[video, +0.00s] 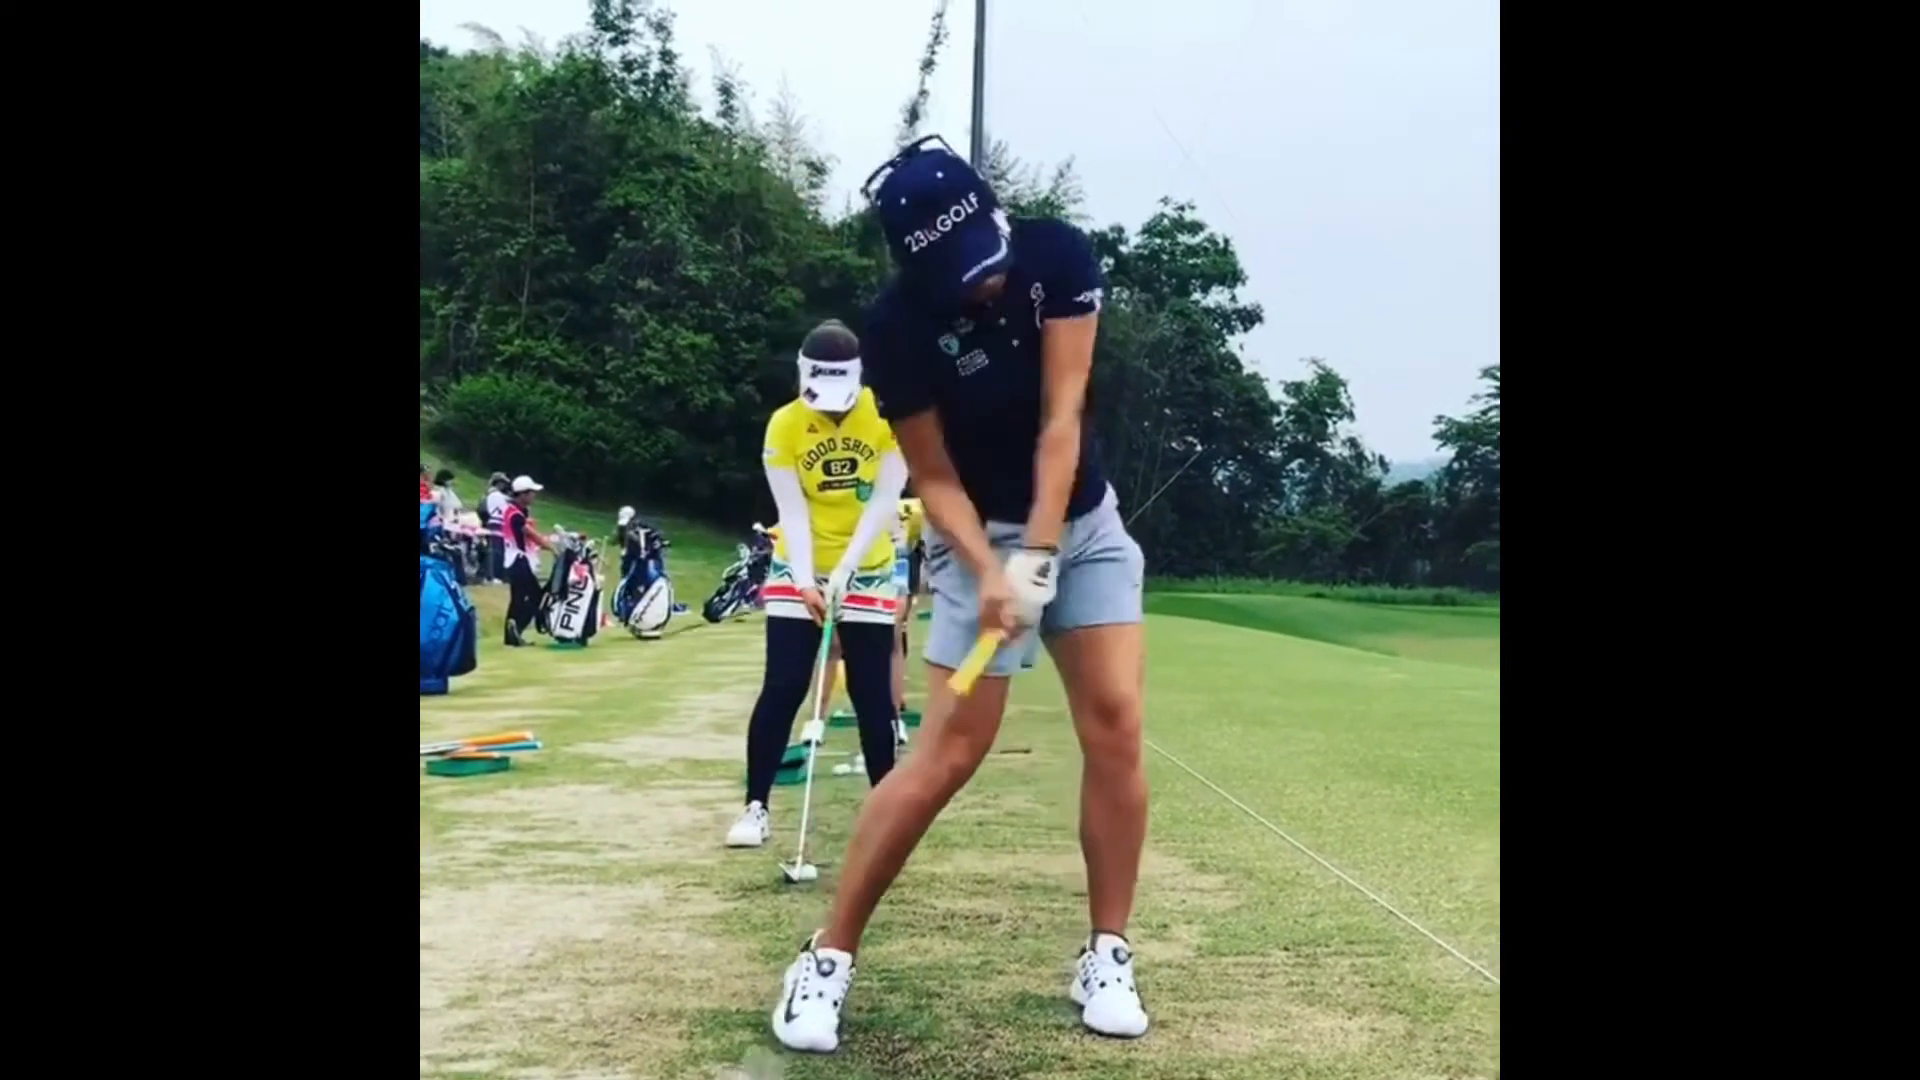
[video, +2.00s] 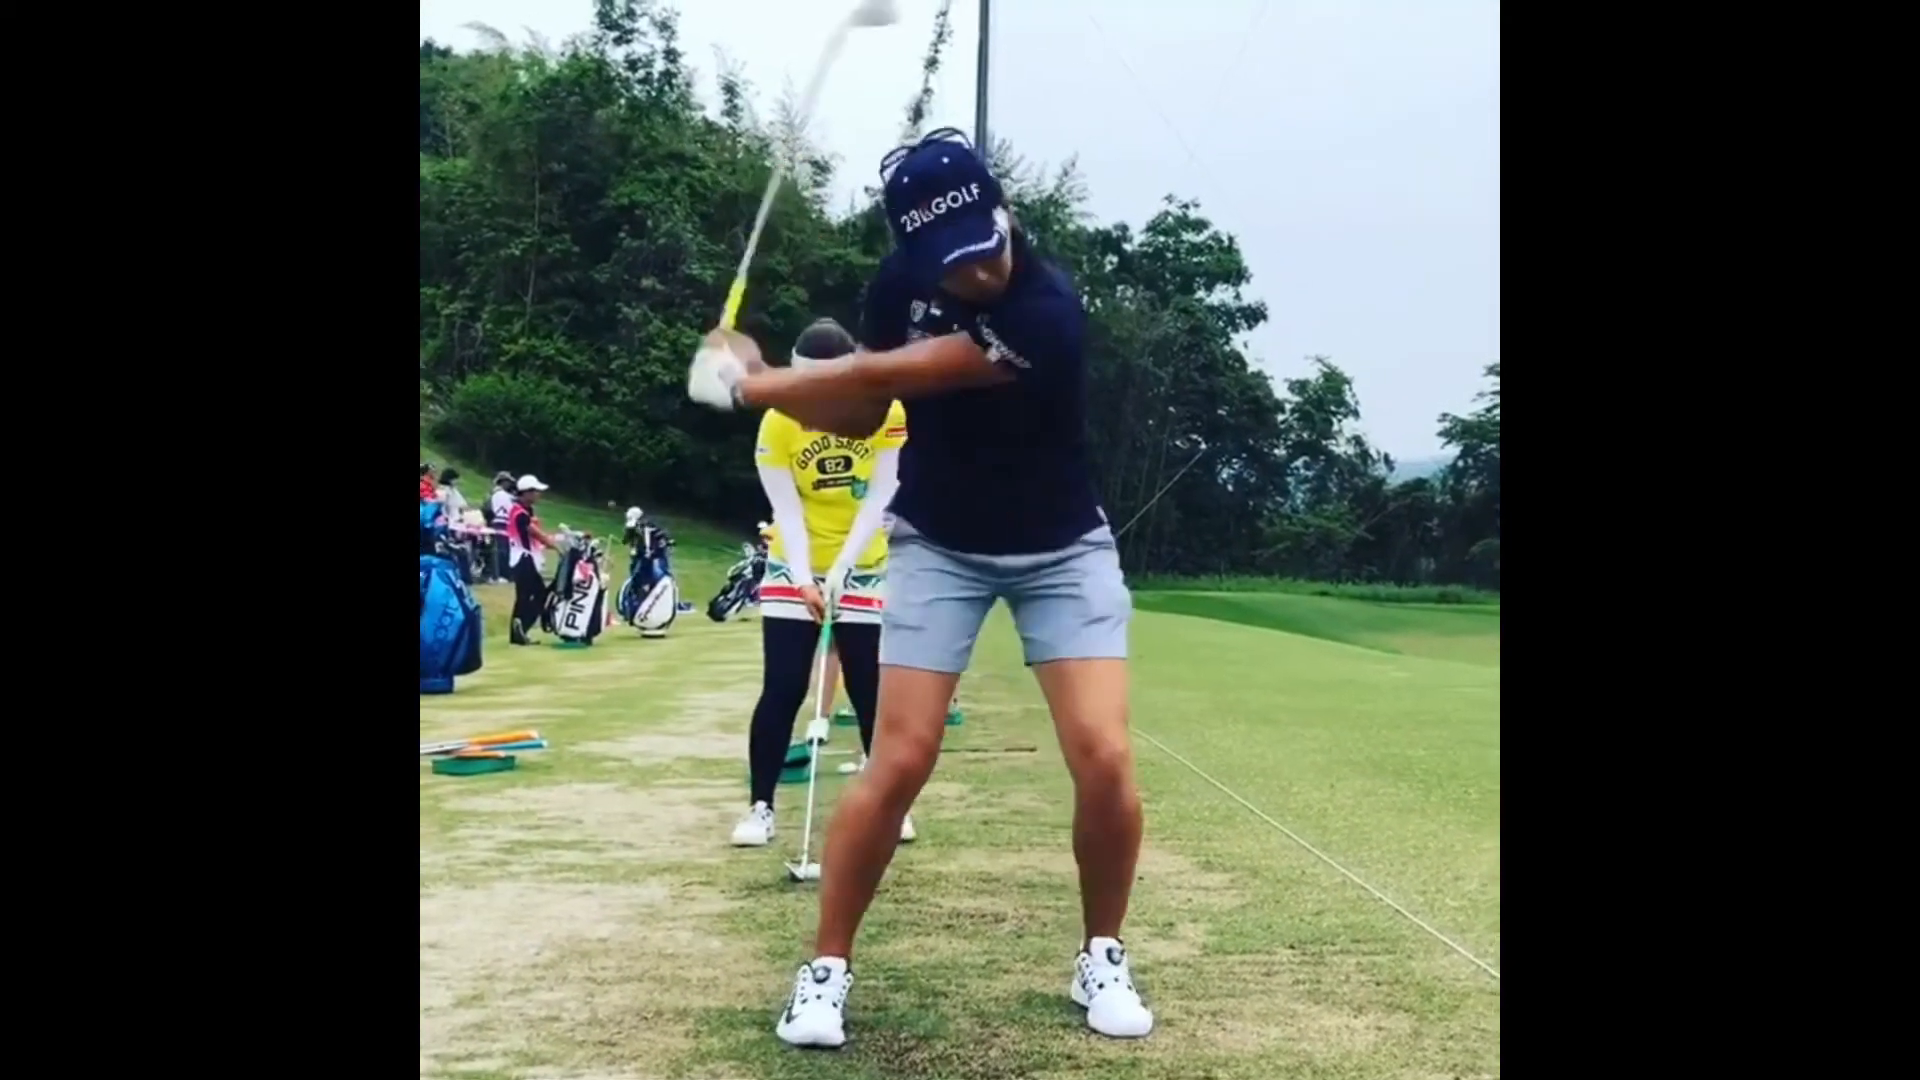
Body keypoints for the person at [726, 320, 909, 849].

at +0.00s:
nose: (830, 405)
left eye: (840, 393)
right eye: (819, 392)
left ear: (859, 376)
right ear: (804, 376)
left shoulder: (887, 416)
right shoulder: (784, 427)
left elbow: (885, 500)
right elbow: (792, 513)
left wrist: (844, 568)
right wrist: (803, 579)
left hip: (869, 569)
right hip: (798, 567)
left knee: (873, 697)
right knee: (783, 687)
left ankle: (889, 811)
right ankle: (755, 807)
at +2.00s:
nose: (818, 391)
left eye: (830, 380)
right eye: (809, 380)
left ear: (853, 374)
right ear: (796, 373)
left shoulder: (889, 418)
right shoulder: (778, 424)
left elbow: (880, 501)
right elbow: (787, 511)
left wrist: (840, 569)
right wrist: (802, 576)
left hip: (865, 568)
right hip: (791, 566)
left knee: (871, 694)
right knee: (782, 689)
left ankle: (892, 805)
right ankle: (761, 806)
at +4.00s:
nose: (820, 402)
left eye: (831, 392)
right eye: (809, 392)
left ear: (848, 374)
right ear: (792, 375)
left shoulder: (877, 409)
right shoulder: (772, 422)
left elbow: (877, 494)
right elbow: (782, 508)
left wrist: (839, 566)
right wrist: (801, 574)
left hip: (856, 562)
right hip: (787, 562)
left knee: (868, 691)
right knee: (782, 688)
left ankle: (884, 791)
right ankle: (764, 805)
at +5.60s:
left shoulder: (898, 409)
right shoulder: (806, 409)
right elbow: (809, 501)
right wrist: (818, 563)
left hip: (884, 547)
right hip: (825, 549)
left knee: (876, 681)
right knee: (805, 667)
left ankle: (871, 786)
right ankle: (789, 786)